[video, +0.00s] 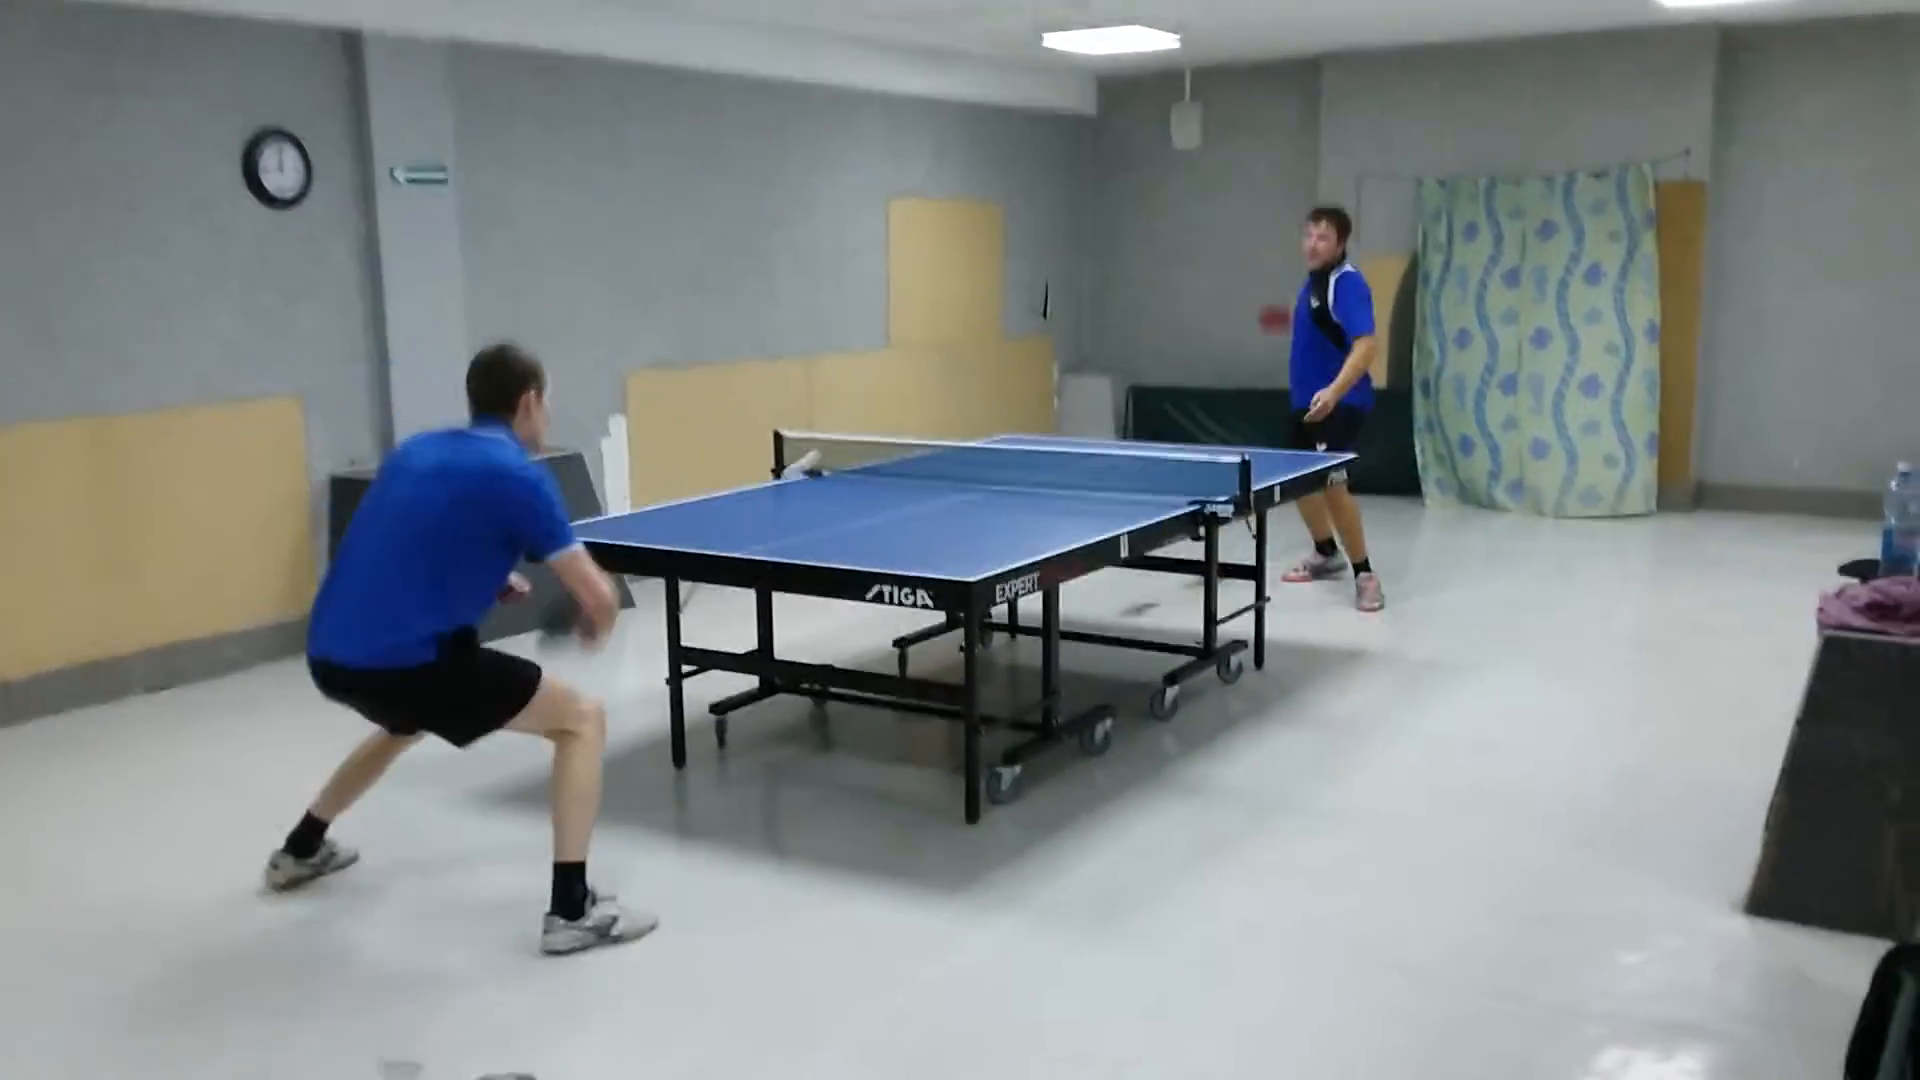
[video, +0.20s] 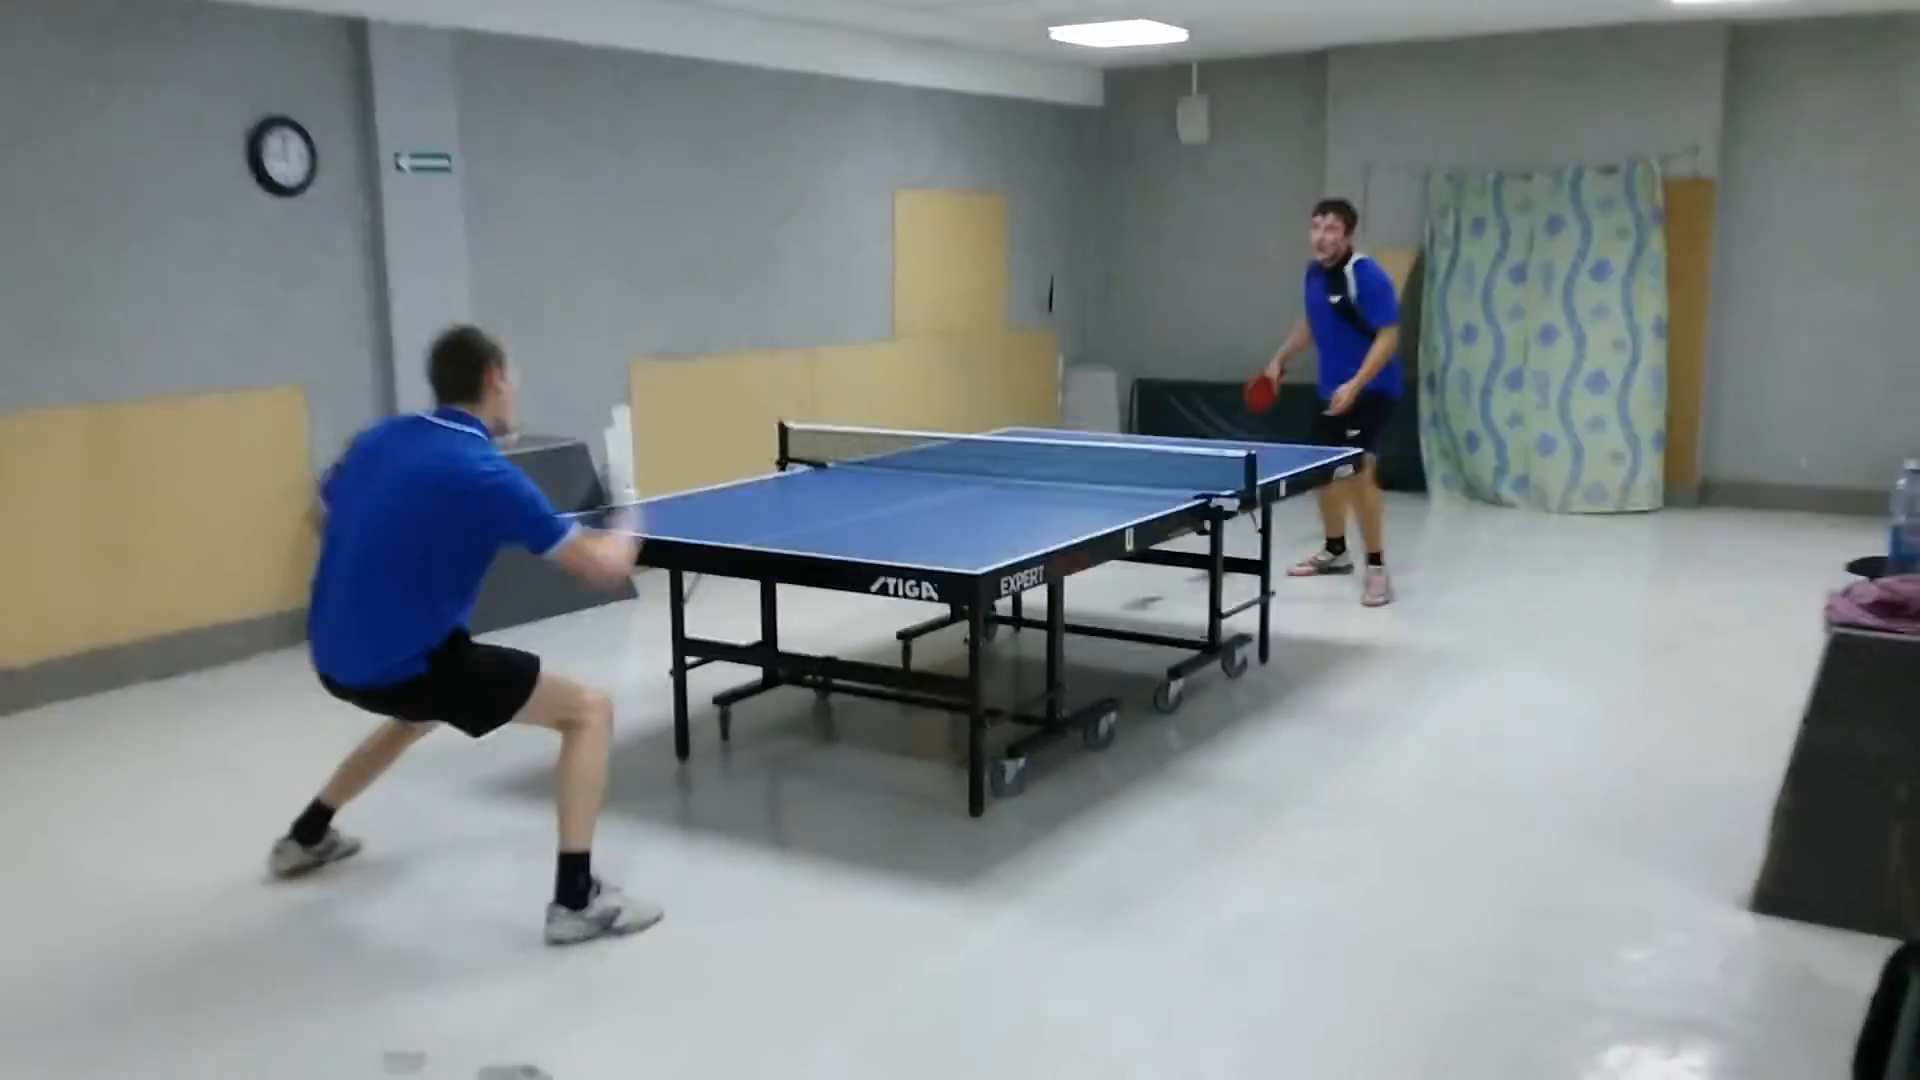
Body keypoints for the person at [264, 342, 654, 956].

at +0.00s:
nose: (546, 417)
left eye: (545, 405)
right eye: (544, 405)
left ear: (476, 402)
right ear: (528, 405)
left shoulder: (417, 449)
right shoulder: (519, 475)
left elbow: (405, 539)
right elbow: (596, 595)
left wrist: (489, 577)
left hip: (334, 657)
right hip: (412, 666)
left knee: (407, 721)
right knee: (581, 718)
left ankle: (300, 849)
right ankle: (571, 909)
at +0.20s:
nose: (511, 393)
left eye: (510, 381)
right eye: (509, 381)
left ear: (438, 386)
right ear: (493, 382)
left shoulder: (381, 437)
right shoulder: (485, 473)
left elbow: (326, 509)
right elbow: (600, 566)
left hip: (338, 658)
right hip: (409, 666)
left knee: (425, 706)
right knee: (588, 709)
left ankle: (306, 836)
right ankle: (576, 899)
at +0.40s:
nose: (410, 268)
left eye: (402, 254)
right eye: (403, 256)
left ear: (332, 267)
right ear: (388, 263)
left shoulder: (269, 327)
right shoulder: (416, 339)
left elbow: (140, 359)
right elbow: (568, 338)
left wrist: (179, 402)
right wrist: (700, 320)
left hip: (275, 582)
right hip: (367, 584)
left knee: (301, 679)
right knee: (474, 715)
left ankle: (291, 825)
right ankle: (547, 891)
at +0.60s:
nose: (307, 230)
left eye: (301, 214)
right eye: (300, 217)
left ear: (221, 230)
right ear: (277, 227)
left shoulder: (161, 315)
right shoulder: (309, 302)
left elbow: (65, 418)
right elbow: (411, 357)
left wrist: (46, 477)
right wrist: (558, 361)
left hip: (215, 587)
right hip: (318, 578)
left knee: (218, 725)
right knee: (396, 744)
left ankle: (109, 889)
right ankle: (421, 937)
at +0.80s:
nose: (250, 286)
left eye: (245, 269)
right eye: (243, 271)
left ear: (163, 284)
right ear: (213, 279)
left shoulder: (99, 370)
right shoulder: (223, 375)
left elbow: (52, 490)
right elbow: (266, 513)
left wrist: (128, 542)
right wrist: (383, 583)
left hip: (104, 645)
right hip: (204, 635)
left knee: (88, 813)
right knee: (339, 757)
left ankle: (3, 1004)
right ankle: (410, 945)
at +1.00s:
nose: (241, 324)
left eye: (236, 307)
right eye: (234, 308)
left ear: (156, 319)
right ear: (206, 316)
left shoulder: (76, 391)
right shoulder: (203, 408)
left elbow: (50, 509)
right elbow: (244, 560)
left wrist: (158, 559)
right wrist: (349, 609)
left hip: (20, 628)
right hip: (108, 638)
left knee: (60, 791)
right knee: (246, 820)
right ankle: (222, 1044)